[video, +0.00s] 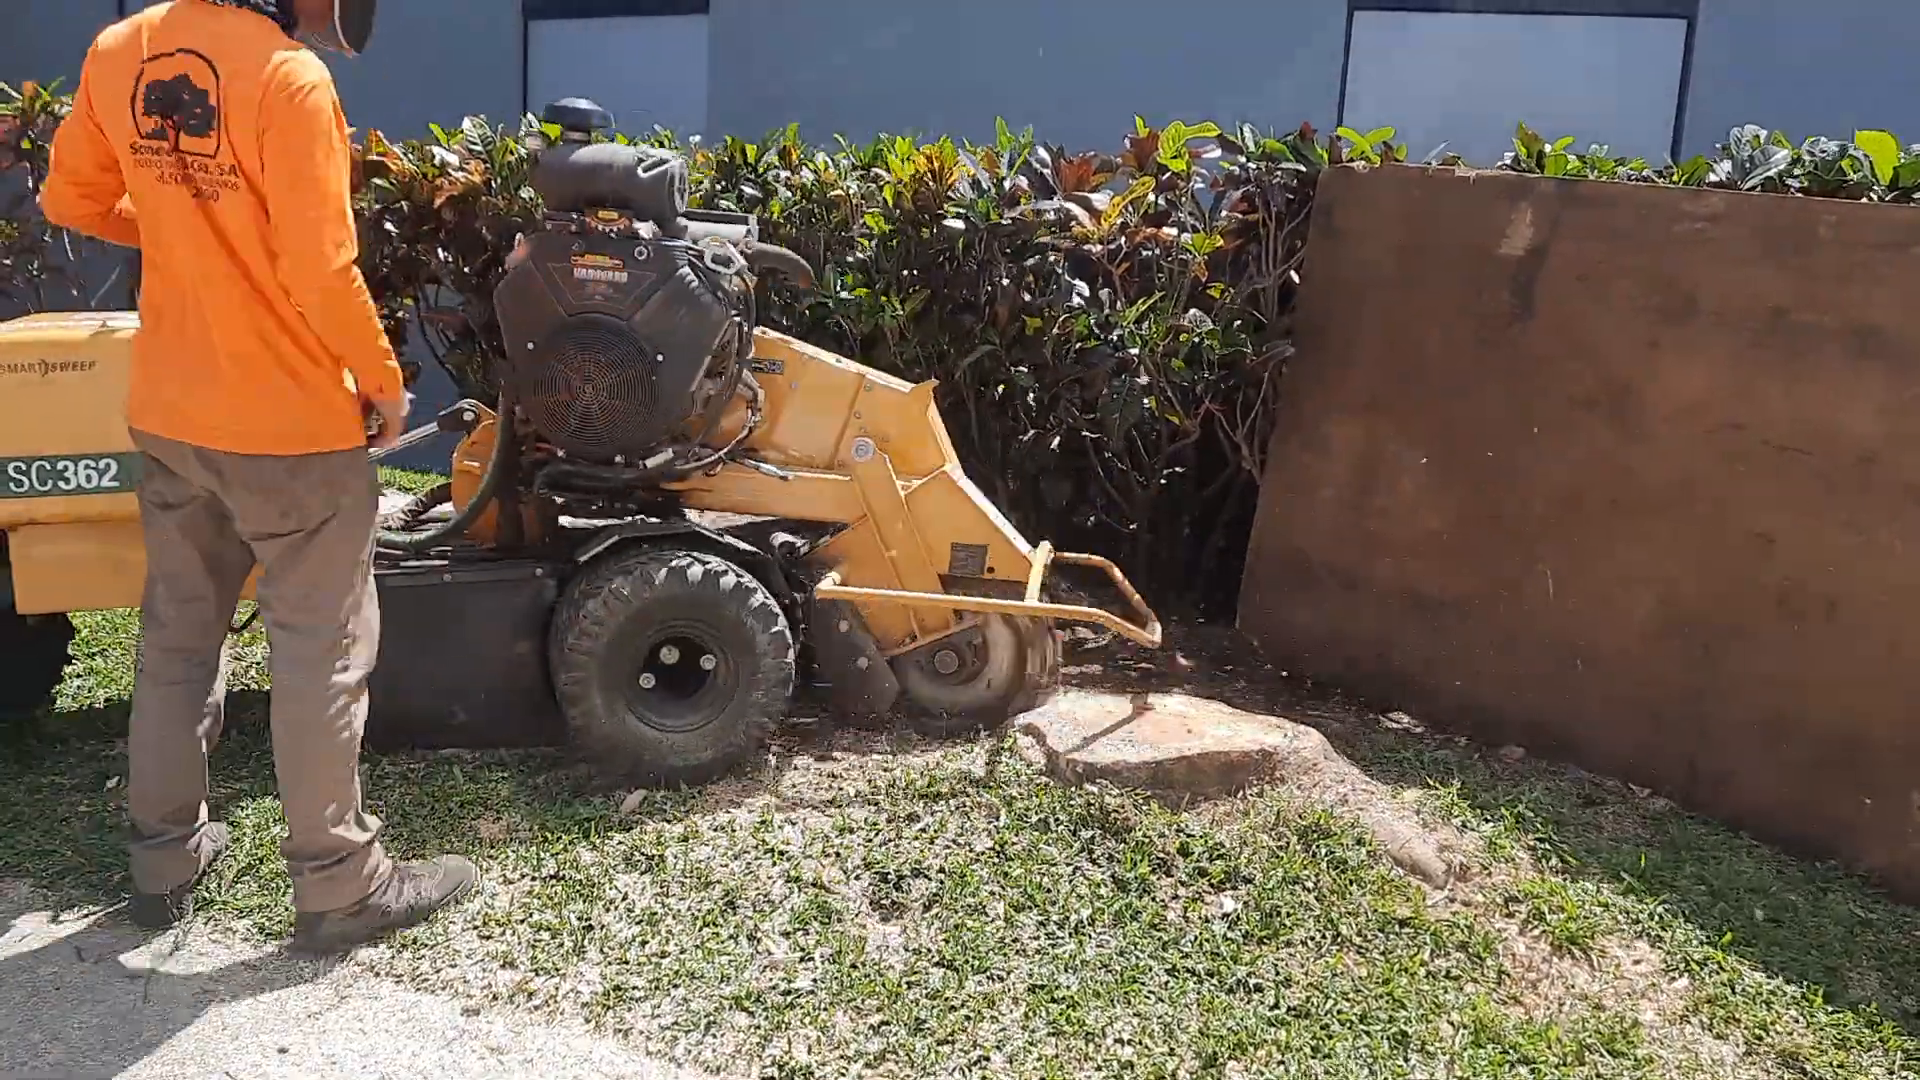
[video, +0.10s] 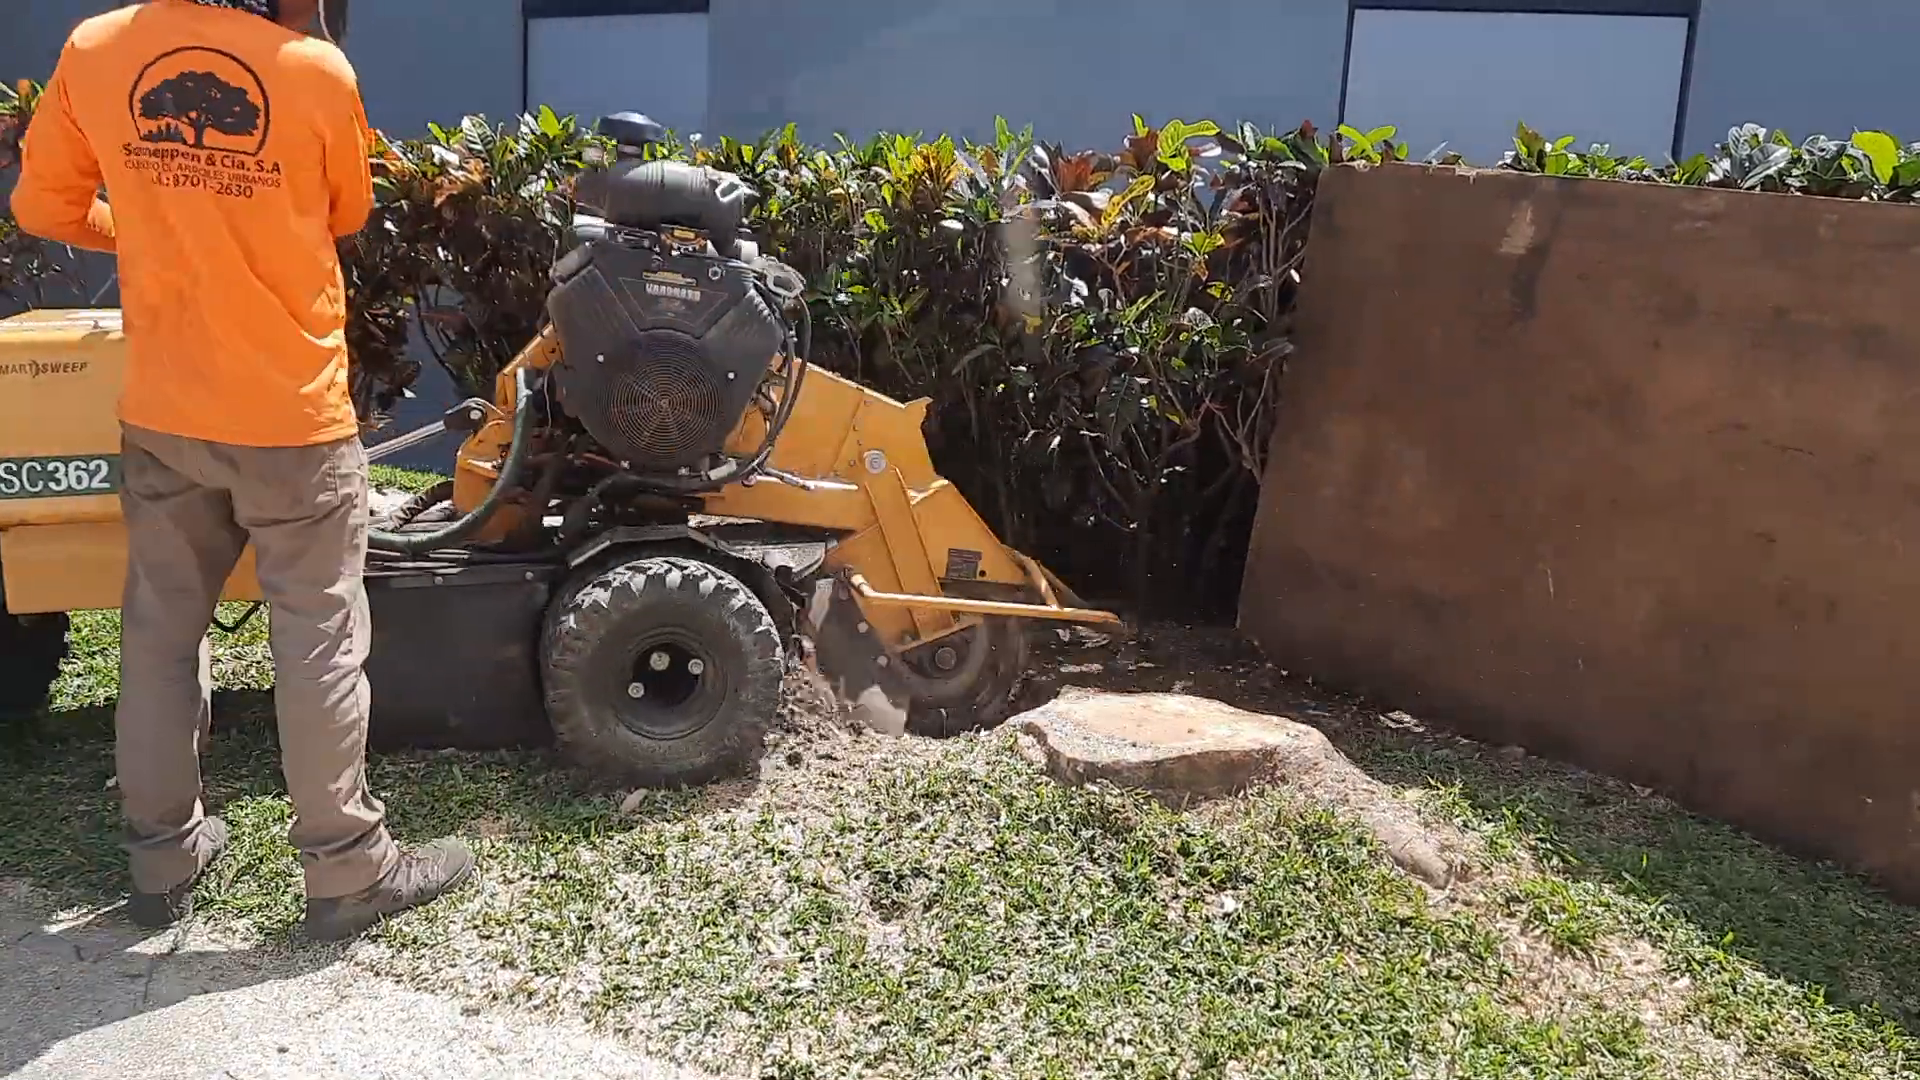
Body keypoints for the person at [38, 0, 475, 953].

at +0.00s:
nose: (338, 29)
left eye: (342, 19)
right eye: (338, 16)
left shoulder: (121, 46)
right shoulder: (290, 77)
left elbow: (70, 195)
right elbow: (318, 263)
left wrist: (178, 229)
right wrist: (382, 376)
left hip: (168, 402)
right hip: (290, 414)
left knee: (177, 635)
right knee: (320, 643)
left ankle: (164, 859)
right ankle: (338, 885)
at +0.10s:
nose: (320, 11)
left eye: (322, 3)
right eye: (316, 1)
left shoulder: (95, 46)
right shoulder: (313, 68)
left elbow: (47, 207)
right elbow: (348, 209)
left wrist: (153, 226)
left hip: (161, 399)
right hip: (291, 407)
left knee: (159, 627)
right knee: (320, 631)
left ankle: (160, 854)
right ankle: (346, 868)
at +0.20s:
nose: (341, 12)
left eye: (340, 5)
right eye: (339, 2)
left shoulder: (111, 43)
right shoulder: (339, 72)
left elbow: (45, 195)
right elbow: (369, 219)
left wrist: (153, 241)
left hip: (175, 402)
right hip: (306, 410)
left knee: (162, 630)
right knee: (327, 633)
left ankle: (160, 853)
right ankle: (346, 869)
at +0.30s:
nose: (358, 19)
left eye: (361, 11)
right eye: (358, 9)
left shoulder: (124, 46)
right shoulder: (354, 78)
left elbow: (74, 205)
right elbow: (367, 214)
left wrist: (178, 239)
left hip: (184, 403)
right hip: (315, 412)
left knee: (168, 629)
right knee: (332, 635)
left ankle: (159, 855)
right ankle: (347, 871)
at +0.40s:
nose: (392, 17)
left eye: (392, 6)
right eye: (388, 6)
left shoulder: (152, 32)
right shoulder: (379, 92)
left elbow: (90, 184)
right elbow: (396, 227)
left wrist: (191, 215)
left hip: (189, 405)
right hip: (322, 418)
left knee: (170, 630)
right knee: (334, 642)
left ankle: (161, 856)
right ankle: (346, 873)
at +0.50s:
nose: (361, 19)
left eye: (363, 11)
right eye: (360, 8)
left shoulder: (123, 34)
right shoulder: (347, 78)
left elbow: (78, 192)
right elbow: (382, 228)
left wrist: (186, 202)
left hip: (174, 405)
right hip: (309, 413)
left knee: (165, 632)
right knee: (329, 638)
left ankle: (162, 855)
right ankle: (347, 871)